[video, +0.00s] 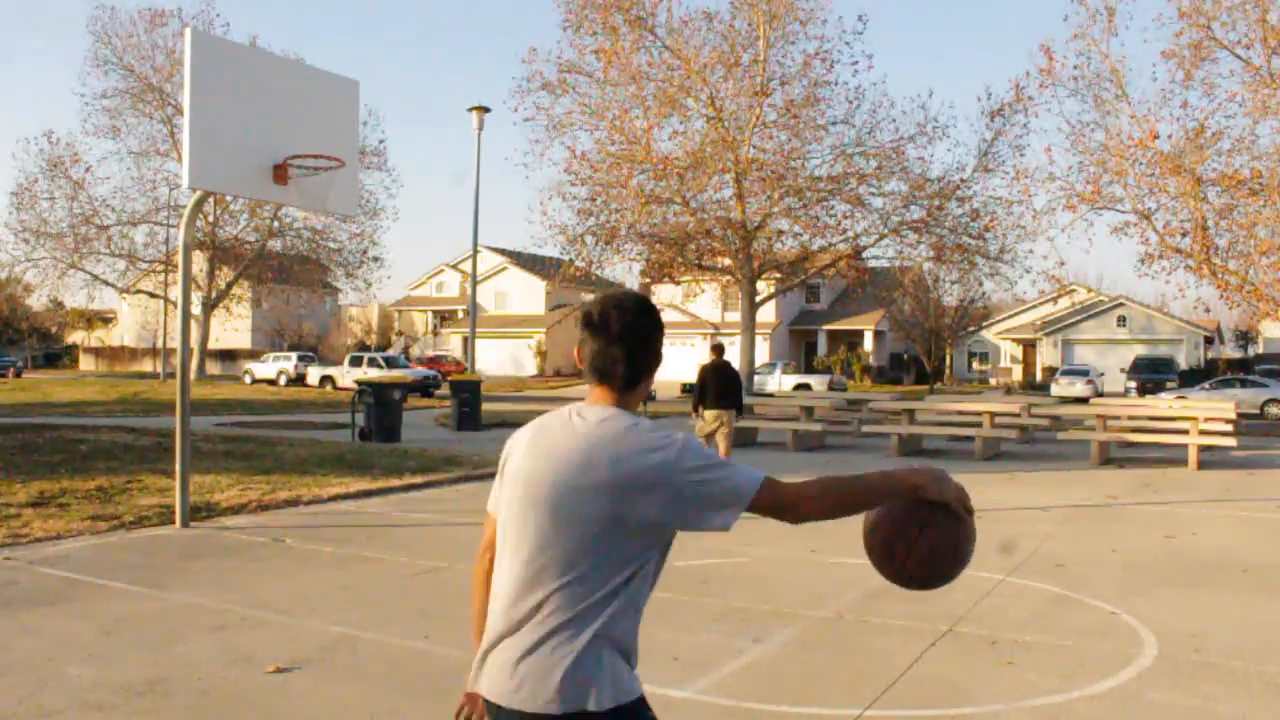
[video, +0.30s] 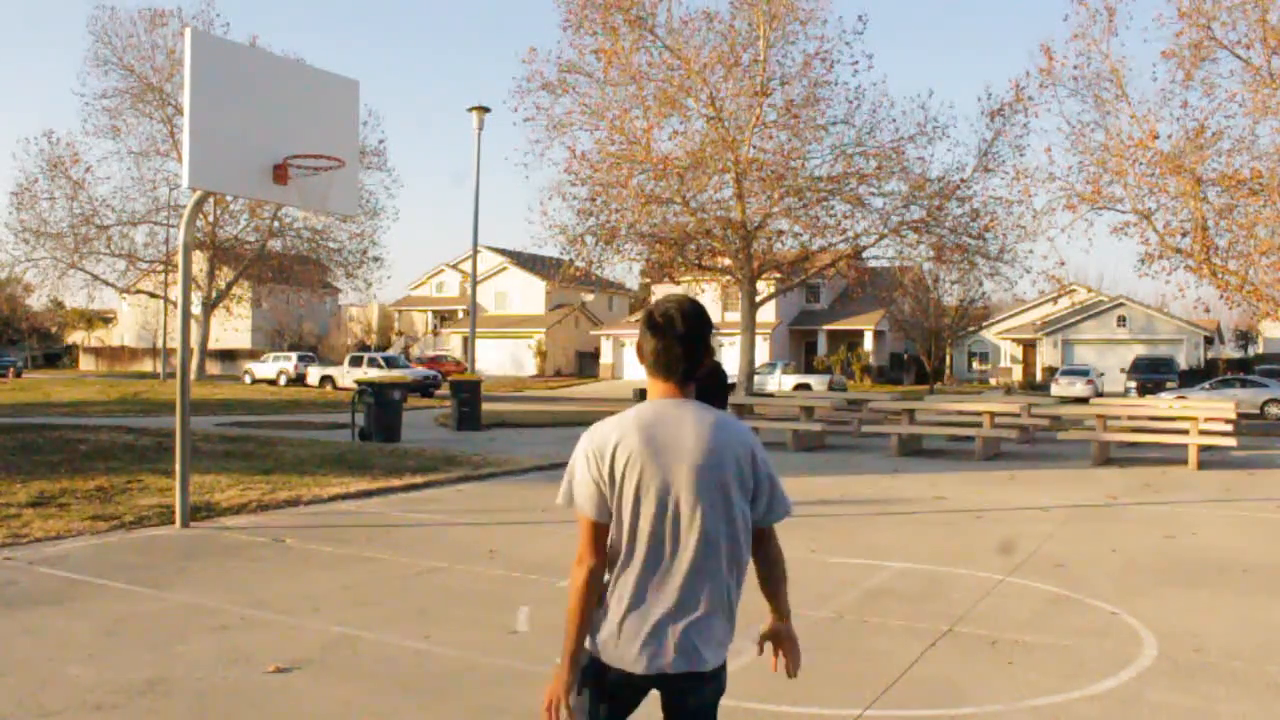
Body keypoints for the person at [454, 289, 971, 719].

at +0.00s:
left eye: (581, 344)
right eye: (653, 354)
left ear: (580, 359)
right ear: (653, 365)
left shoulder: (526, 440)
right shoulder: (654, 450)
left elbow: (488, 558)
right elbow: (792, 501)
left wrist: (480, 667)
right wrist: (910, 479)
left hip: (499, 684)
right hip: (590, 692)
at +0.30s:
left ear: (640, 354)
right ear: (704, 360)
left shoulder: (604, 440)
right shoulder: (736, 438)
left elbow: (591, 562)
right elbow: (765, 545)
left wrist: (566, 665)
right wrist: (781, 618)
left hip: (619, 651)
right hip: (700, 653)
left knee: (586, 712)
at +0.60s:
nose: (664, 361)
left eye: (664, 351)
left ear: (671, 357)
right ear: (725, 351)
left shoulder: (687, 411)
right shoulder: (756, 408)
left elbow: (653, 480)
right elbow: (729, 485)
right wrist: (658, 510)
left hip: (711, 615)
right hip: (775, 614)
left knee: (694, 708)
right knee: (733, 712)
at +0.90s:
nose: (691, 398)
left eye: (693, 385)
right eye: (687, 388)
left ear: (729, 374)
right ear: (730, 375)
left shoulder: (734, 440)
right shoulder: (790, 415)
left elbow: (746, 546)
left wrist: (722, 618)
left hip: (784, 614)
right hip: (840, 604)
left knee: (749, 698)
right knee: (812, 696)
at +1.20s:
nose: (696, 474)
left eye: (705, 461)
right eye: (691, 462)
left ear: (741, 456)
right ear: (688, 459)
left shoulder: (755, 515)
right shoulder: (779, 485)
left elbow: (790, 620)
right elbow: (828, 571)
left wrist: (748, 624)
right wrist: (861, 627)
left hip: (815, 662)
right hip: (849, 646)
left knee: (712, 712)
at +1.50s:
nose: (511, 487)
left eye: (520, 472)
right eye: (506, 474)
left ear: (562, 464)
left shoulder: (602, 531)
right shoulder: (574, 506)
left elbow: (609, 661)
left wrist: (549, 716)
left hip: (690, 656)